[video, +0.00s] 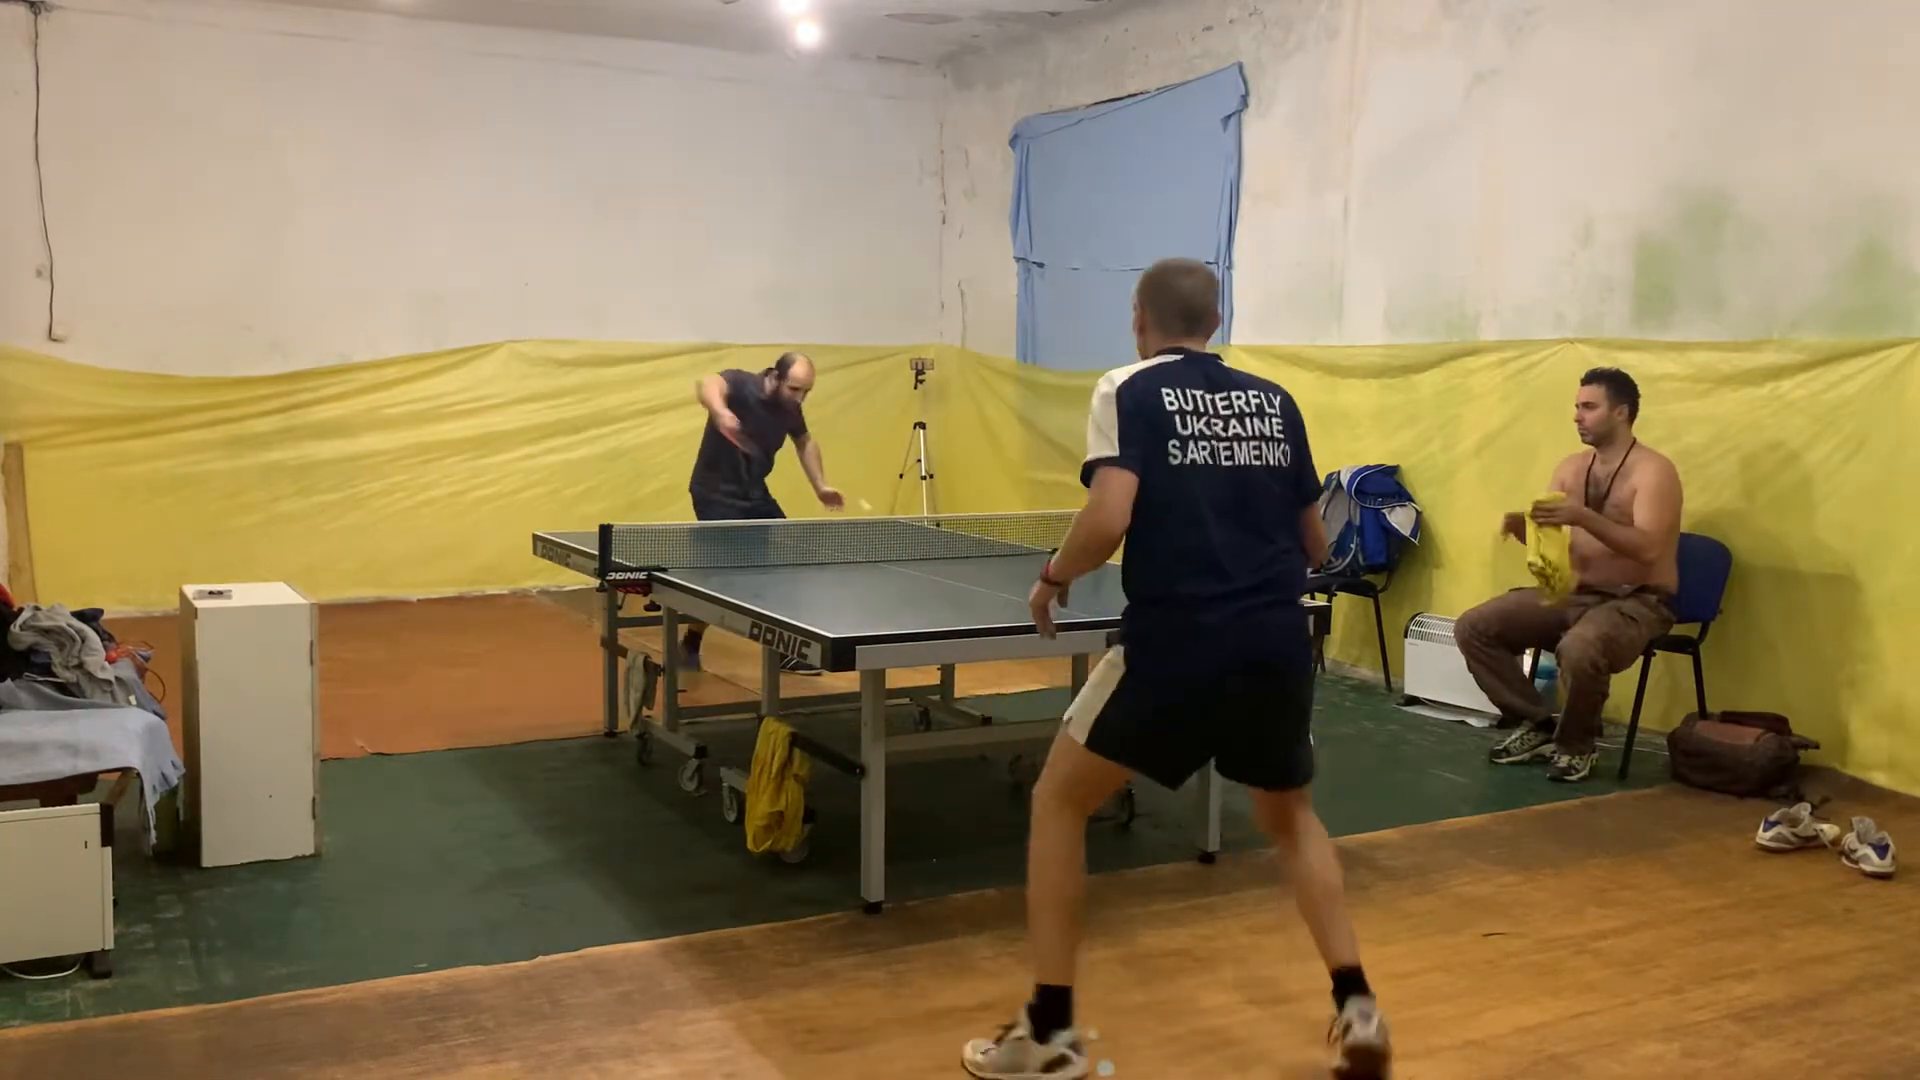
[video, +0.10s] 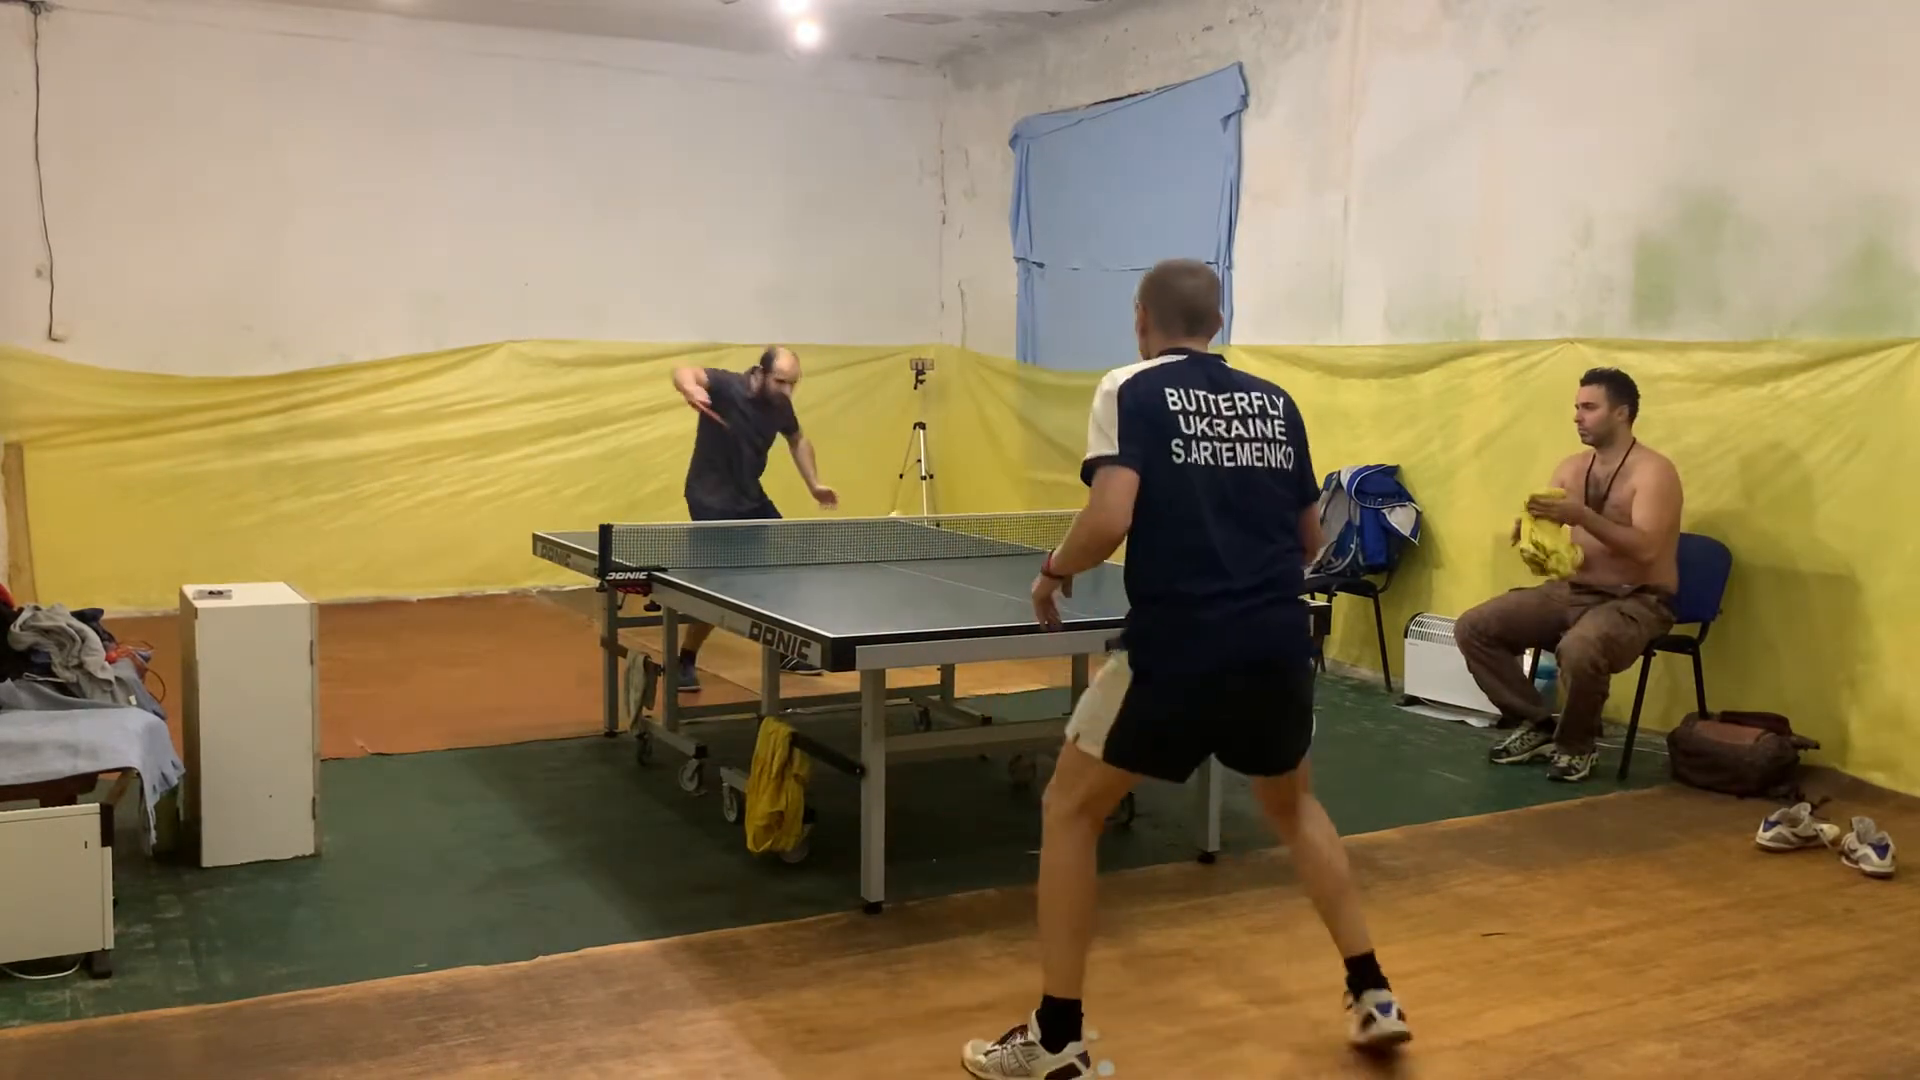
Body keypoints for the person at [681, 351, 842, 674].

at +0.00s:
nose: (799, 398)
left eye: (805, 391)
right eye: (795, 389)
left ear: (808, 388)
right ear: (774, 378)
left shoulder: (790, 409)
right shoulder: (742, 383)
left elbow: (805, 443)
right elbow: (709, 385)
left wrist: (820, 485)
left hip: (755, 495)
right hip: (716, 493)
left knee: (792, 559)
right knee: (723, 567)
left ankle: (787, 647)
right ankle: (691, 643)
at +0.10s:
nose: (788, 391)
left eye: (792, 384)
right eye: (782, 383)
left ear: (795, 380)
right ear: (761, 374)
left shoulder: (780, 405)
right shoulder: (730, 385)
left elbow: (797, 440)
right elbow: (684, 372)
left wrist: (813, 484)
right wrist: (691, 388)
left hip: (751, 499)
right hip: (711, 500)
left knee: (789, 562)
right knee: (720, 581)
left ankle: (785, 649)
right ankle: (686, 658)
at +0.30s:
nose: (744, 333)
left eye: (748, 326)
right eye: (736, 326)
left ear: (754, 325)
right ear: (717, 325)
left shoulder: (754, 360)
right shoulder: (688, 352)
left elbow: (767, 407)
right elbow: (633, 376)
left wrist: (760, 453)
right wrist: (648, 399)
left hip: (731, 474)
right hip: (685, 473)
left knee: (759, 549)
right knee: (676, 553)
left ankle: (760, 635)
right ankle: (660, 650)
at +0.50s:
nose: (708, 350)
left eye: (712, 342)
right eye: (699, 343)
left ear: (718, 342)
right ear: (680, 345)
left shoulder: (727, 385)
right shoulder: (653, 385)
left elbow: (749, 432)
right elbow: (613, 431)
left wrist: (746, 475)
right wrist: (644, 451)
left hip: (715, 499)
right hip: (662, 502)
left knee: (764, 562)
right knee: (631, 580)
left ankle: (752, 641)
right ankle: (601, 657)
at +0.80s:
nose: (694, 351)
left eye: (698, 343)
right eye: (684, 345)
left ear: (705, 342)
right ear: (667, 347)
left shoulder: (729, 379)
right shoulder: (651, 391)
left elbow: (773, 419)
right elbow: (622, 445)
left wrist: (765, 462)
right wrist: (651, 451)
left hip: (729, 499)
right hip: (673, 502)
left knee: (770, 566)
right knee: (640, 580)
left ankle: (788, 644)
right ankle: (637, 663)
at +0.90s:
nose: (692, 362)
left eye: (697, 353)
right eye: (682, 355)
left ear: (703, 350)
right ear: (665, 356)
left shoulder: (726, 386)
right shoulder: (651, 399)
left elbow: (774, 422)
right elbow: (622, 454)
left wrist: (762, 459)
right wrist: (650, 460)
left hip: (734, 505)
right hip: (678, 508)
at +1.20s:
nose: (765, 410)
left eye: (769, 402)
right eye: (757, 401)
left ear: (775, 396)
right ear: (738, 393)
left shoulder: (768, 417)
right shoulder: (708, 414)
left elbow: (789, 455)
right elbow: (713, 464)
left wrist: (789, 493)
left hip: (743, 508)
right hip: (696, 512)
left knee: (793, 556)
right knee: (658, 584)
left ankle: (809, 643)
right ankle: (639, 659)